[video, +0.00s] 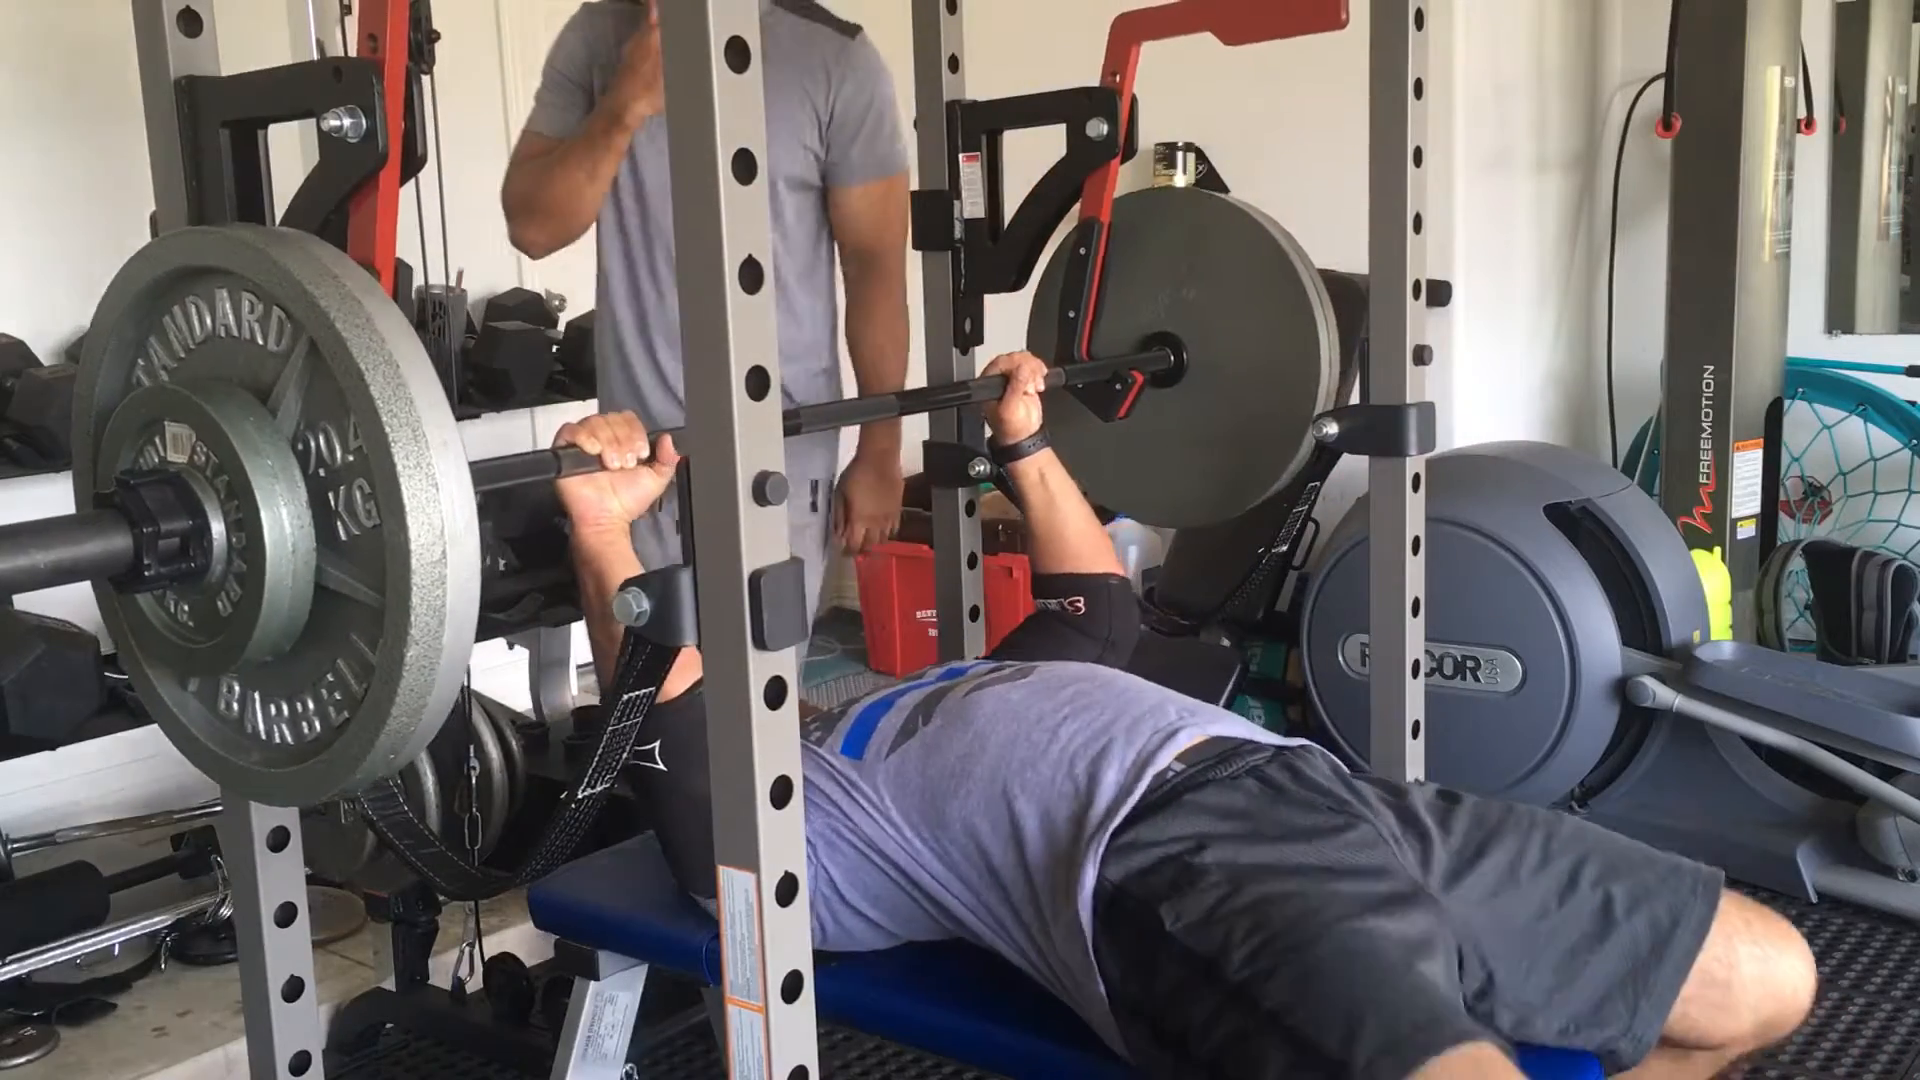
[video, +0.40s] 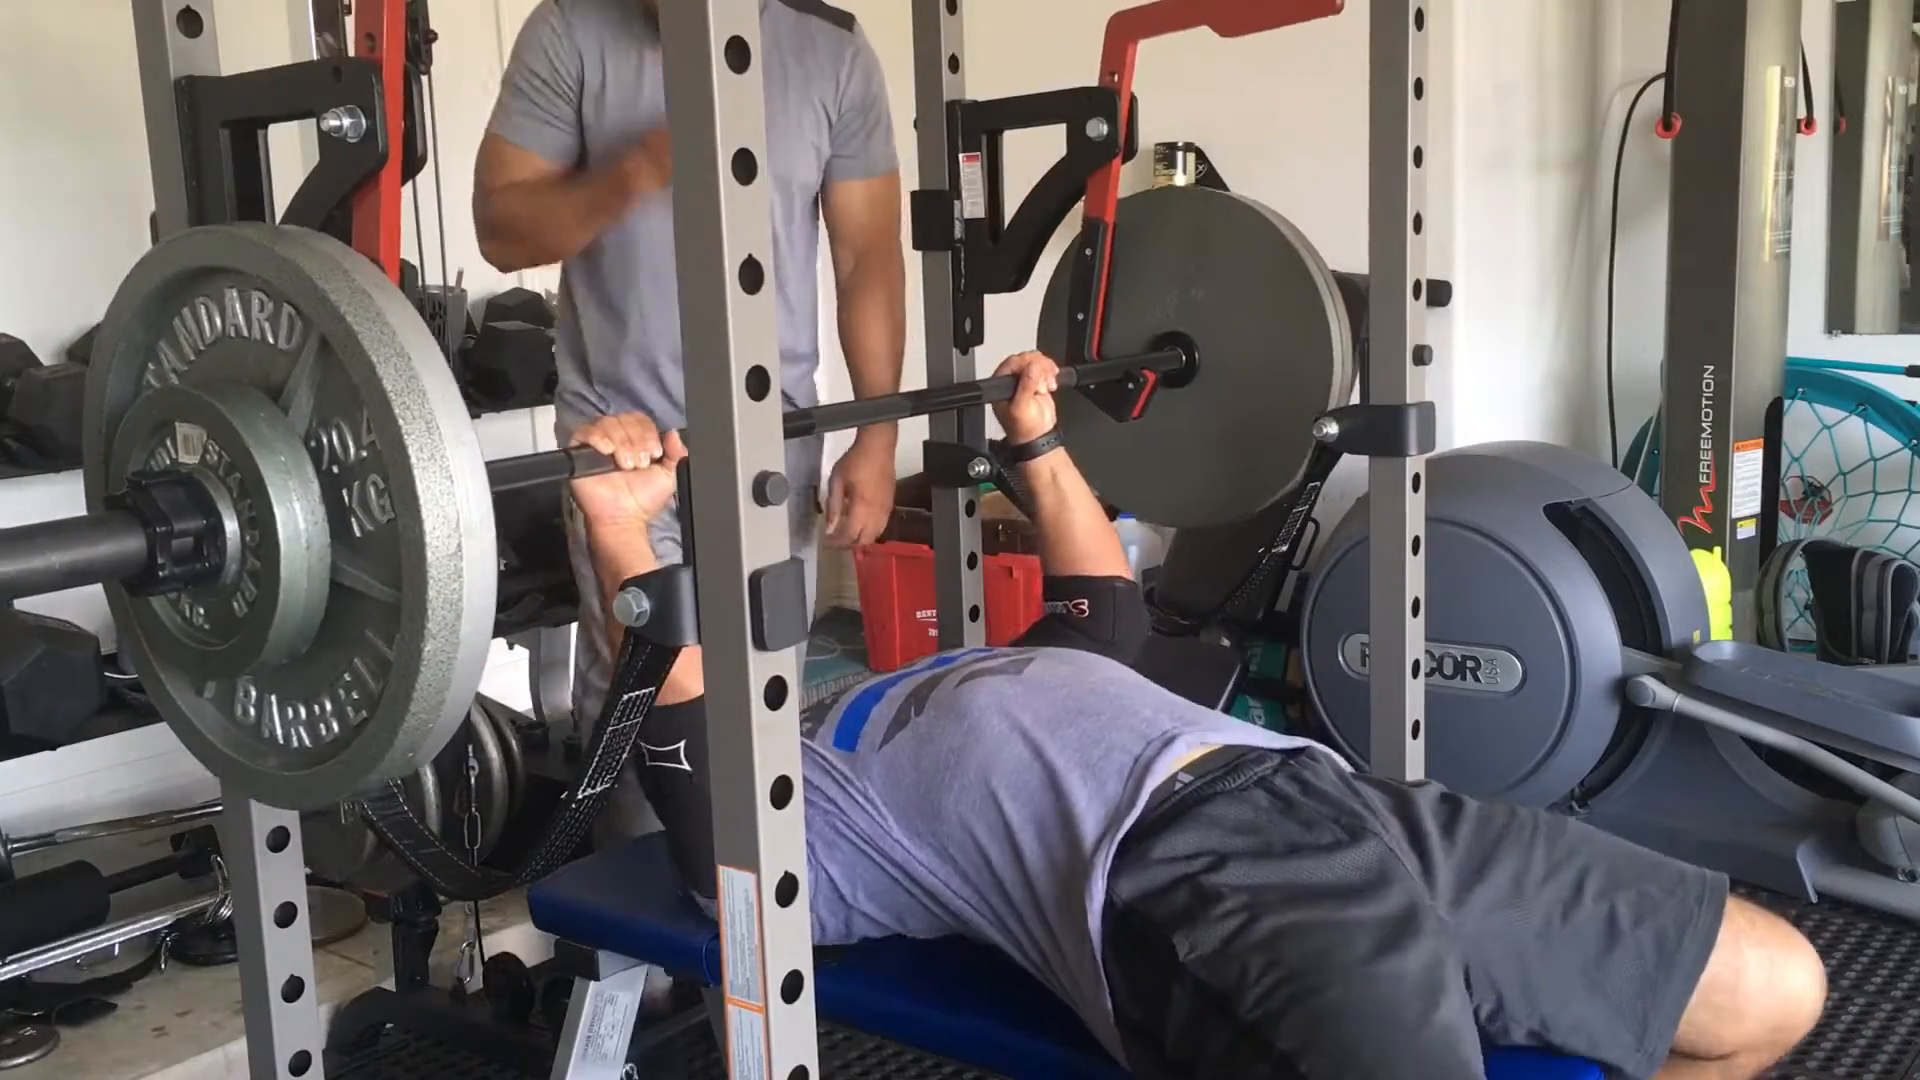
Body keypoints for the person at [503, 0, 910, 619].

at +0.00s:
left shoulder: (835, 57)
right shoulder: (603, 31)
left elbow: (874, 264)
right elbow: (532, 226)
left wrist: (881, 453)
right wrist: (621, 111)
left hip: (786, 444)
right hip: (643, 446)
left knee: (764, 689)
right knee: (653, 695)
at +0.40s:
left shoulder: (833, 53)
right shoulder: (574, 31)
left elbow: (870, 257)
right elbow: (504, 233)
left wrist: (877, 433)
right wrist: (626, 178)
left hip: (776, 445)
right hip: (622, 445)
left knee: (767, 700)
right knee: (639, 706)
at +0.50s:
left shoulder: (830, 51)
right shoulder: (569, 31)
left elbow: (864, 252)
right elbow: (503, 229)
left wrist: (882, 429)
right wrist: (637, 284)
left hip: (772, 454)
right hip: (620, 455)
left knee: (765, 709)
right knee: (642, 715)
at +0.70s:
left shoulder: (807, 37)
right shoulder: (556, 36)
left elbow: (847, 240)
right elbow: (526, 265)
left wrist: (880, 421)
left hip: (770, 453)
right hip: (622, 463)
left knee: (767, 706)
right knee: (636, 725)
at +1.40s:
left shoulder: (705, 28)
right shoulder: (499, 40)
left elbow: (763, 190)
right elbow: (478, 311)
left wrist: (829, 337)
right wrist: (556, 505)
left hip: (756, 439)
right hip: (600, 479)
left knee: (868, 650)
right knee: (643, 758)